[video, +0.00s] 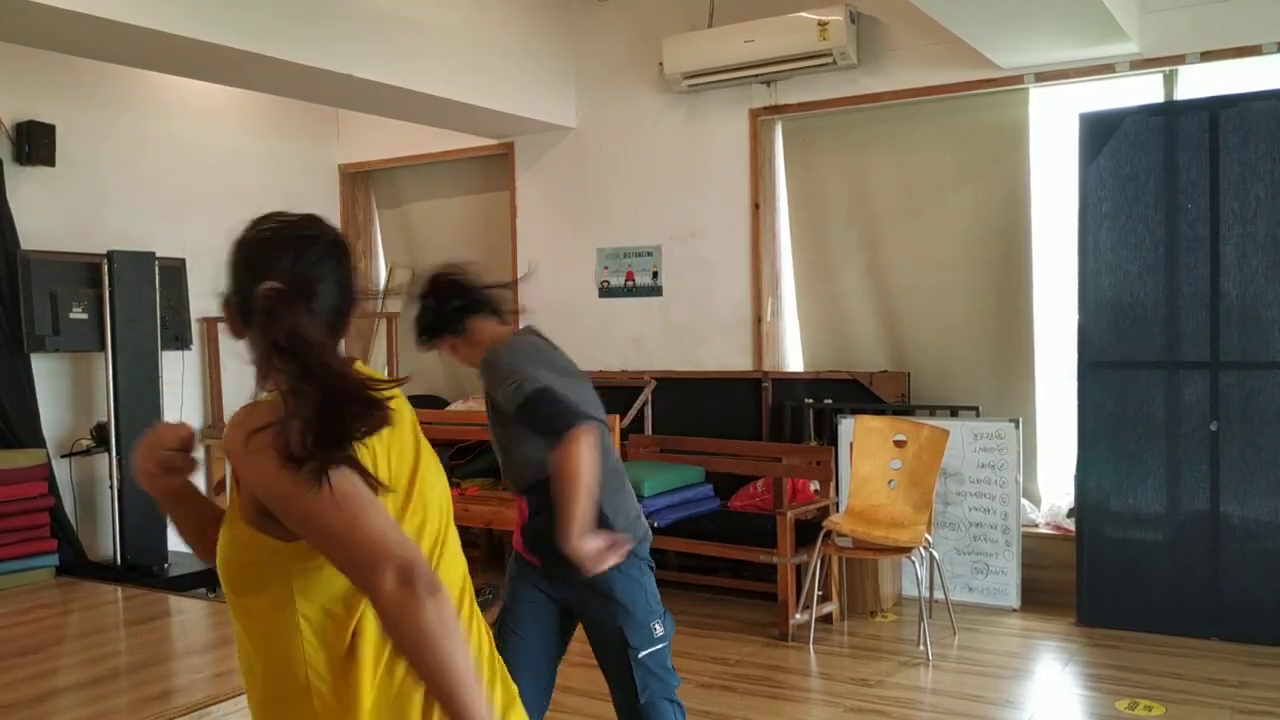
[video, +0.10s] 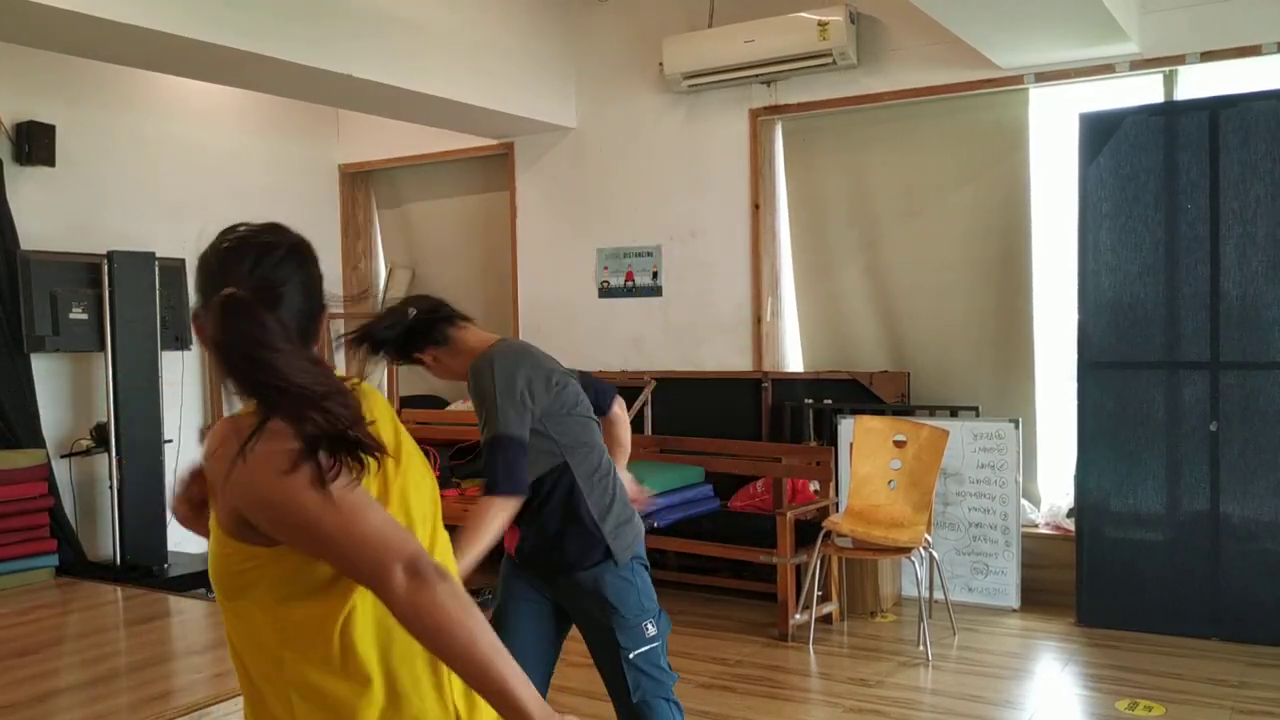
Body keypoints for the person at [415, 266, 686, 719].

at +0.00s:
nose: (452, 358)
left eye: (445, 348)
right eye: (444, 349)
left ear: (450, 338)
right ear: (485, 310)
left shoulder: (508, 359)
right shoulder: (526, 349)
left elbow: (579, 429)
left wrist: (573, 535)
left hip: (604, 553)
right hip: (542, 555)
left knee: (649, 703)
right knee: (512, 700)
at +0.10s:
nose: (435, 377)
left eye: (423, 367)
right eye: (426, 370)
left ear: (429, 356)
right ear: (458, 326)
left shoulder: (499, 367)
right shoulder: (520, 358)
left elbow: (505, 493)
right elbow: (611, 403)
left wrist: (439, 579)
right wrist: (617, 474)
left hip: (602, 554)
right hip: (537, 559)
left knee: (647, 702)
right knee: (508, 697)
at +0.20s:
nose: (429, 373)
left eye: (417, 362)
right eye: (419, 364)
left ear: (426, 348)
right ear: (452, 321)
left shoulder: (505, 365)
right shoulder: (517, 360)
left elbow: (494, 482)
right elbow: (600, 423)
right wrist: (634, 489)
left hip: (602, 556)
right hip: (533, 564)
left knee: (651, 703)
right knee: (509, 703)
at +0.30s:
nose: (431, 361)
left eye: (425, 350)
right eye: (422, 353)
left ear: (443, 330)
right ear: (450, 324)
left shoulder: (526, 366)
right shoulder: (502, 372)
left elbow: (520, 482)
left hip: (602, 553)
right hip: (535, 555)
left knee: (647, 700)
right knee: (510, 699)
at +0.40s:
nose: (452, 339)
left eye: (455, 325)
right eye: (449, 327)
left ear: (484, 313)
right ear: (484, 314)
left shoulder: (558, 361)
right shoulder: (511, 374)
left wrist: (509, 451)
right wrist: (483, 436)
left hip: (599, 559)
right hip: (533, 557)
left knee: (653, 701)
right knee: (505, 698)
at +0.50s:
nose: (511, 298)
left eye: (520, 283)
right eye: (507, 284)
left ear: (561, 282)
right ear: (509, 288)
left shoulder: (632, 361)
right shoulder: (511, 365)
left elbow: (687, 443)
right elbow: (502, 447)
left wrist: (630, 432)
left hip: (603, 562)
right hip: (517, 566)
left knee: (653, 706)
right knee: (499, 705)